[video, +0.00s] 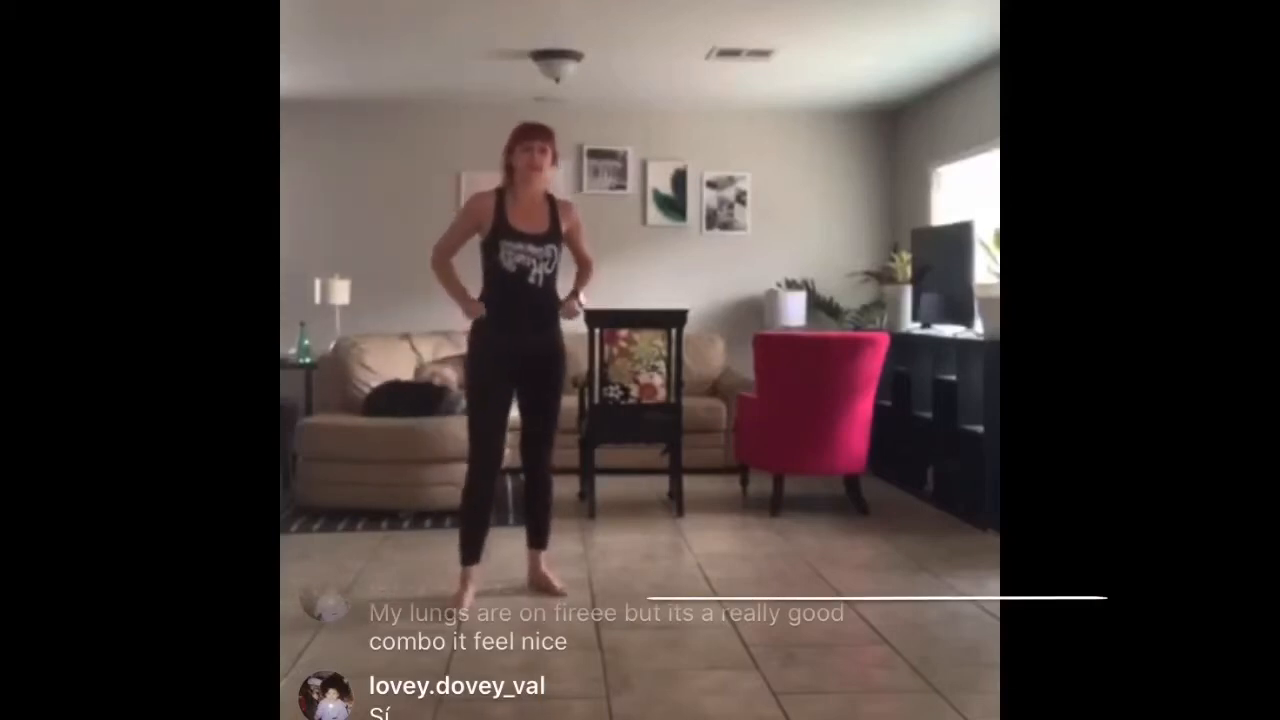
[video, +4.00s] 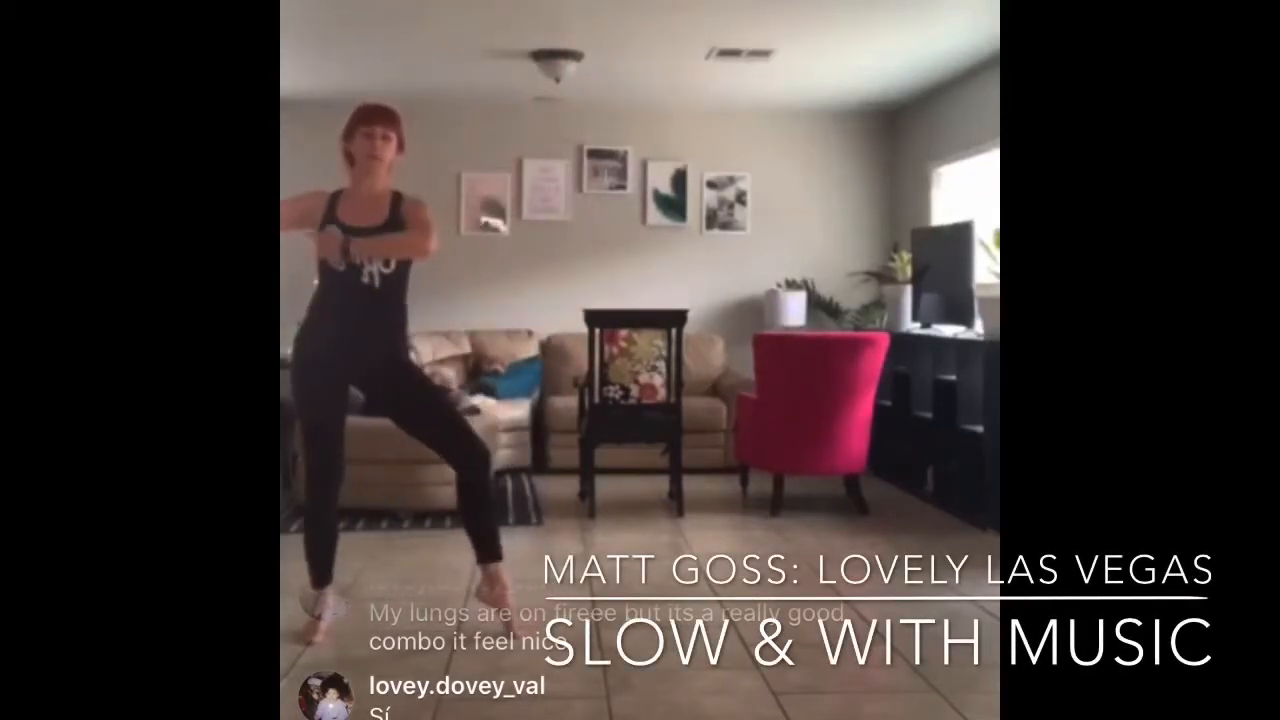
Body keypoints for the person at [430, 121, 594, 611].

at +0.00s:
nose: (534, 158)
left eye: (541, 152)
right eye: (526, 150)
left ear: (553, 163)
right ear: (510, 158)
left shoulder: (564, 214)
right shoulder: (485, 205)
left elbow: (586, 264)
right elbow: (441, 257)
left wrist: (574, 299)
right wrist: (466, 302)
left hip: (544, 339)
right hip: (494, 338)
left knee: (538, 459)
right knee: (484, 461)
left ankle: (539, 564)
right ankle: (468, 579)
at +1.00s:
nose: (504, 145)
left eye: (513, 139)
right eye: (496, 137)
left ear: (525, 151)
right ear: (480, 147)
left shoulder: (543, 203)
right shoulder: (457, 198)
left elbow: (581, 251)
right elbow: (422, 249)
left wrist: (573, 310)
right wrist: (438, 313)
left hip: (530, 336)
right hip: (473, 334)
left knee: (528, 464)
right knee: (475, 465)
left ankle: (525, 581)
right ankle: (467, 578)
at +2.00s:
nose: (519, 139)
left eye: (529, 134)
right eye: (511, 131)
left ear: (542, 149)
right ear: (495, 141)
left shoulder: (555, 209)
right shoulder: (466, 201)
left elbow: (570, 293)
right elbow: (446, 284)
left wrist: (543, 249)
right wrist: (472, 236)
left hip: (535, 347)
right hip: (479, 346)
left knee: (529, 469)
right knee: (485, 469)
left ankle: (525, 583)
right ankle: (485, 584)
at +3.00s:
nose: (491, 160)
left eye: (499, 153)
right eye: (482, 153)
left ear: (512, 166)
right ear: (463, 165)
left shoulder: (526, 217)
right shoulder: (444, 217)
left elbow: (584, 177)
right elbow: (425, 162)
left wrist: (550, 118)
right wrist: (456, 98)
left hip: (513, 362)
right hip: (455, 361)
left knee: (516, 479)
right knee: (450, 479)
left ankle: (503, 593)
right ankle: (477, 586)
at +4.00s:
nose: (375, 144)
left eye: (384, 138)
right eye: (366, 136)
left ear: (398, 151)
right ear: (346, 146)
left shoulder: (410, 209)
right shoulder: (321, 205)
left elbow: (424, 246)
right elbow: (280, 218)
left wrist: (351, 245)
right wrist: (314, 232)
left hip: (383, 359)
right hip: (320, 356)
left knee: (472, 455)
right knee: (323, 473)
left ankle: (492, 579)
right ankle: (321, 594)